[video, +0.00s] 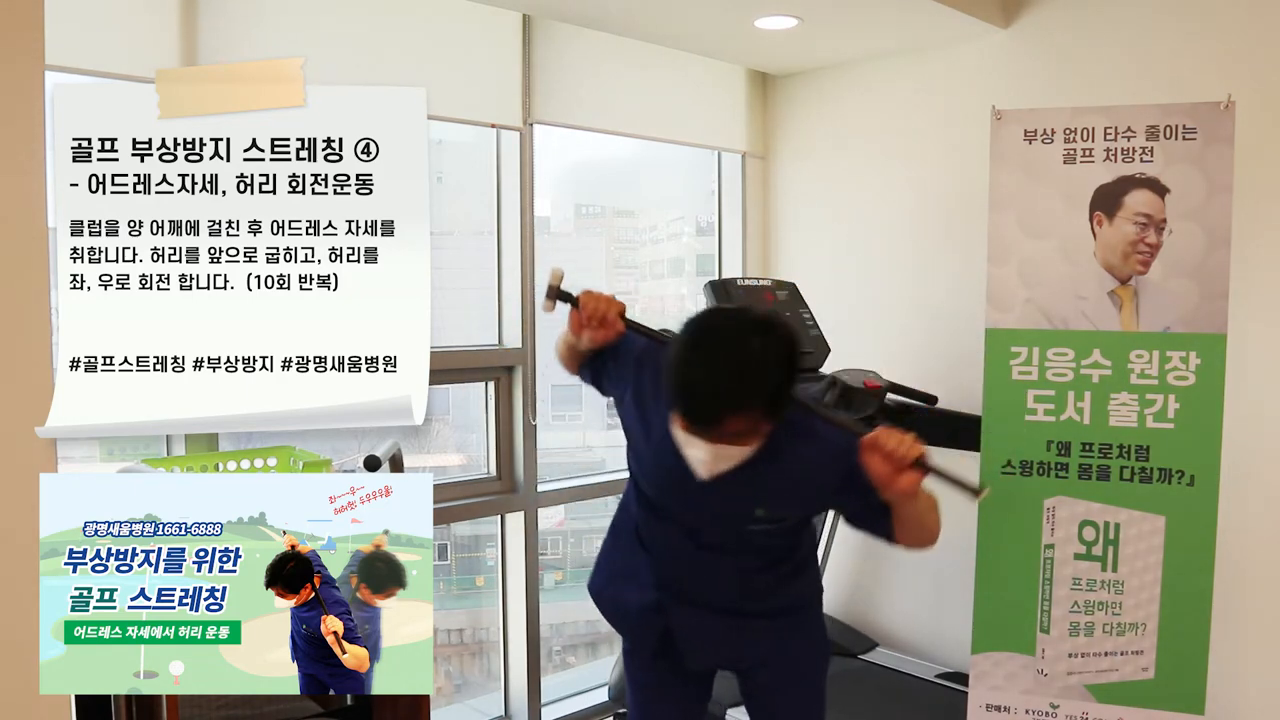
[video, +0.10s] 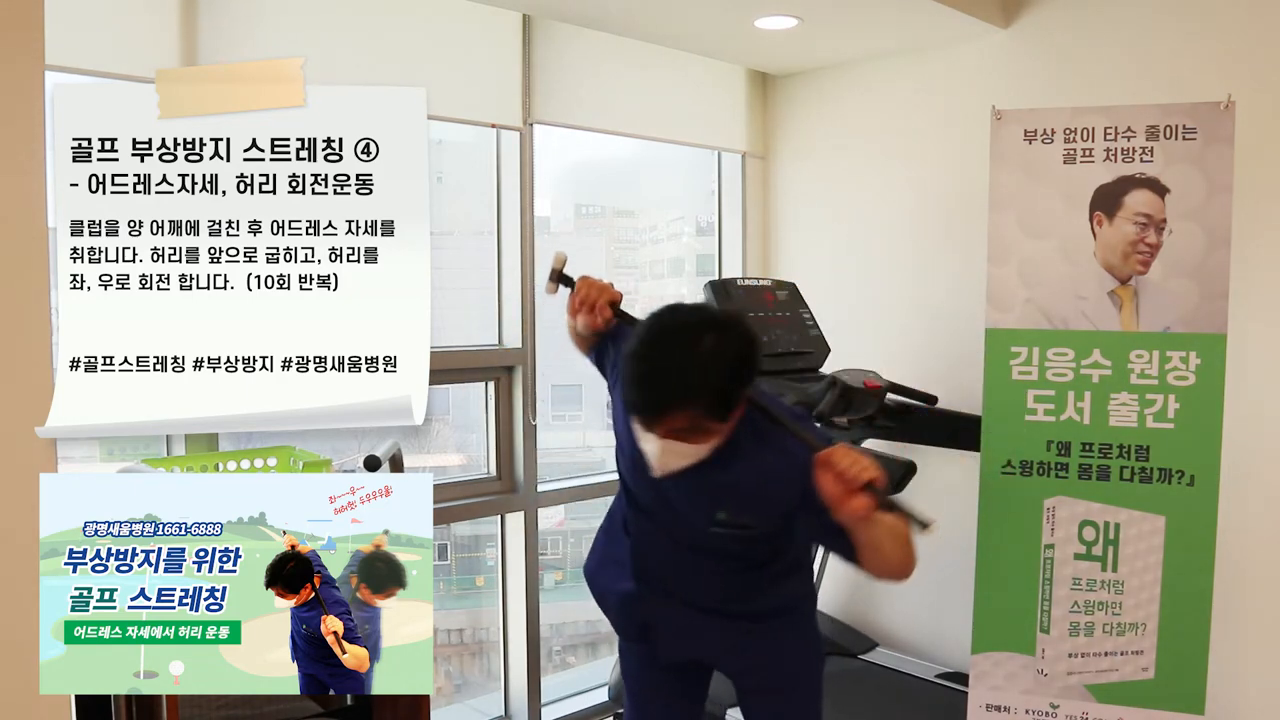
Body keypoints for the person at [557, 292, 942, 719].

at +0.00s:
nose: (710, 449)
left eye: (729, 439)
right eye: (694, 432)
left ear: (764, 421)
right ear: (677, 396)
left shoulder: (820, 449)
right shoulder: (645, 372)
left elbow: (921, 536)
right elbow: (574, 360)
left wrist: (904, 495)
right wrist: (579, 338)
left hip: (775, 626)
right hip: (660, 613)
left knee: (794, 712)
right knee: (658, 712)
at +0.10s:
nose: (661, 441)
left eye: (682, 433)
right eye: (650, 426)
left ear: (730, 415)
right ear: (640, 385)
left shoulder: (792, 454)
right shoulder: (639, 365)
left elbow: (898, 565)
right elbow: (591, 337)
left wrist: (862, 517)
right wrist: (586, 315)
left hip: (768, 629)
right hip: (653, 611)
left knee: (787, 712)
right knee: (653, 712)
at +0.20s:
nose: (634, 435)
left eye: (658, 431)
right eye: (626, 421)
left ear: (713, 409)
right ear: (620, 383)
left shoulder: (772, 454)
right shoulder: (640, 373)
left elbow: (878, 581)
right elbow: (608, 336)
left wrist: (829, 529)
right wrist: (595, 311)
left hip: (763, 628)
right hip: (654, 609)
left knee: (782, 711)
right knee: (651, 712)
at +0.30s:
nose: (605, 437)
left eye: (623, 430)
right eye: (597, 423)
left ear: (686, 402)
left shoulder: (753, 463)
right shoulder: (660, 375)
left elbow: (847, 599)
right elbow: (658, 326)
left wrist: (782, 542)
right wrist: (613, 294)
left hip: (754, 635)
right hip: (651, 620)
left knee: (776, 712)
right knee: (648, 713)